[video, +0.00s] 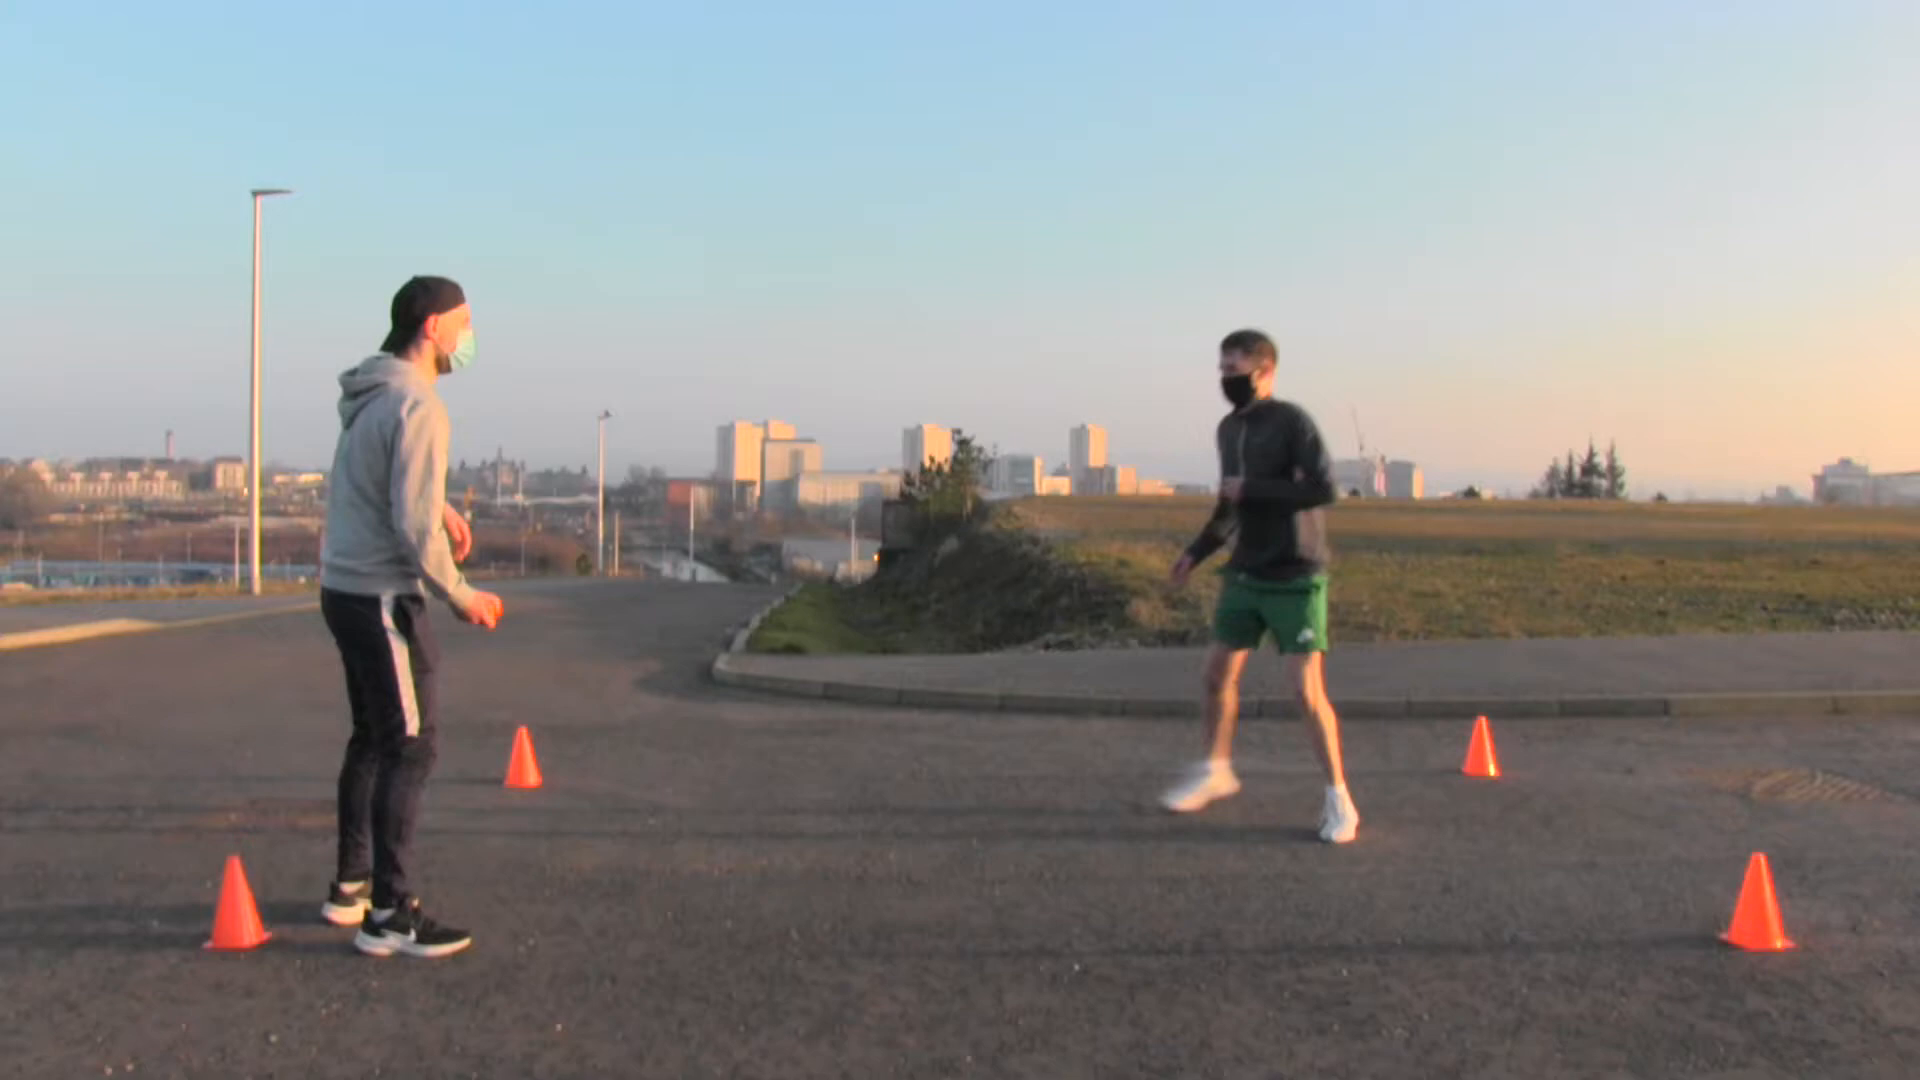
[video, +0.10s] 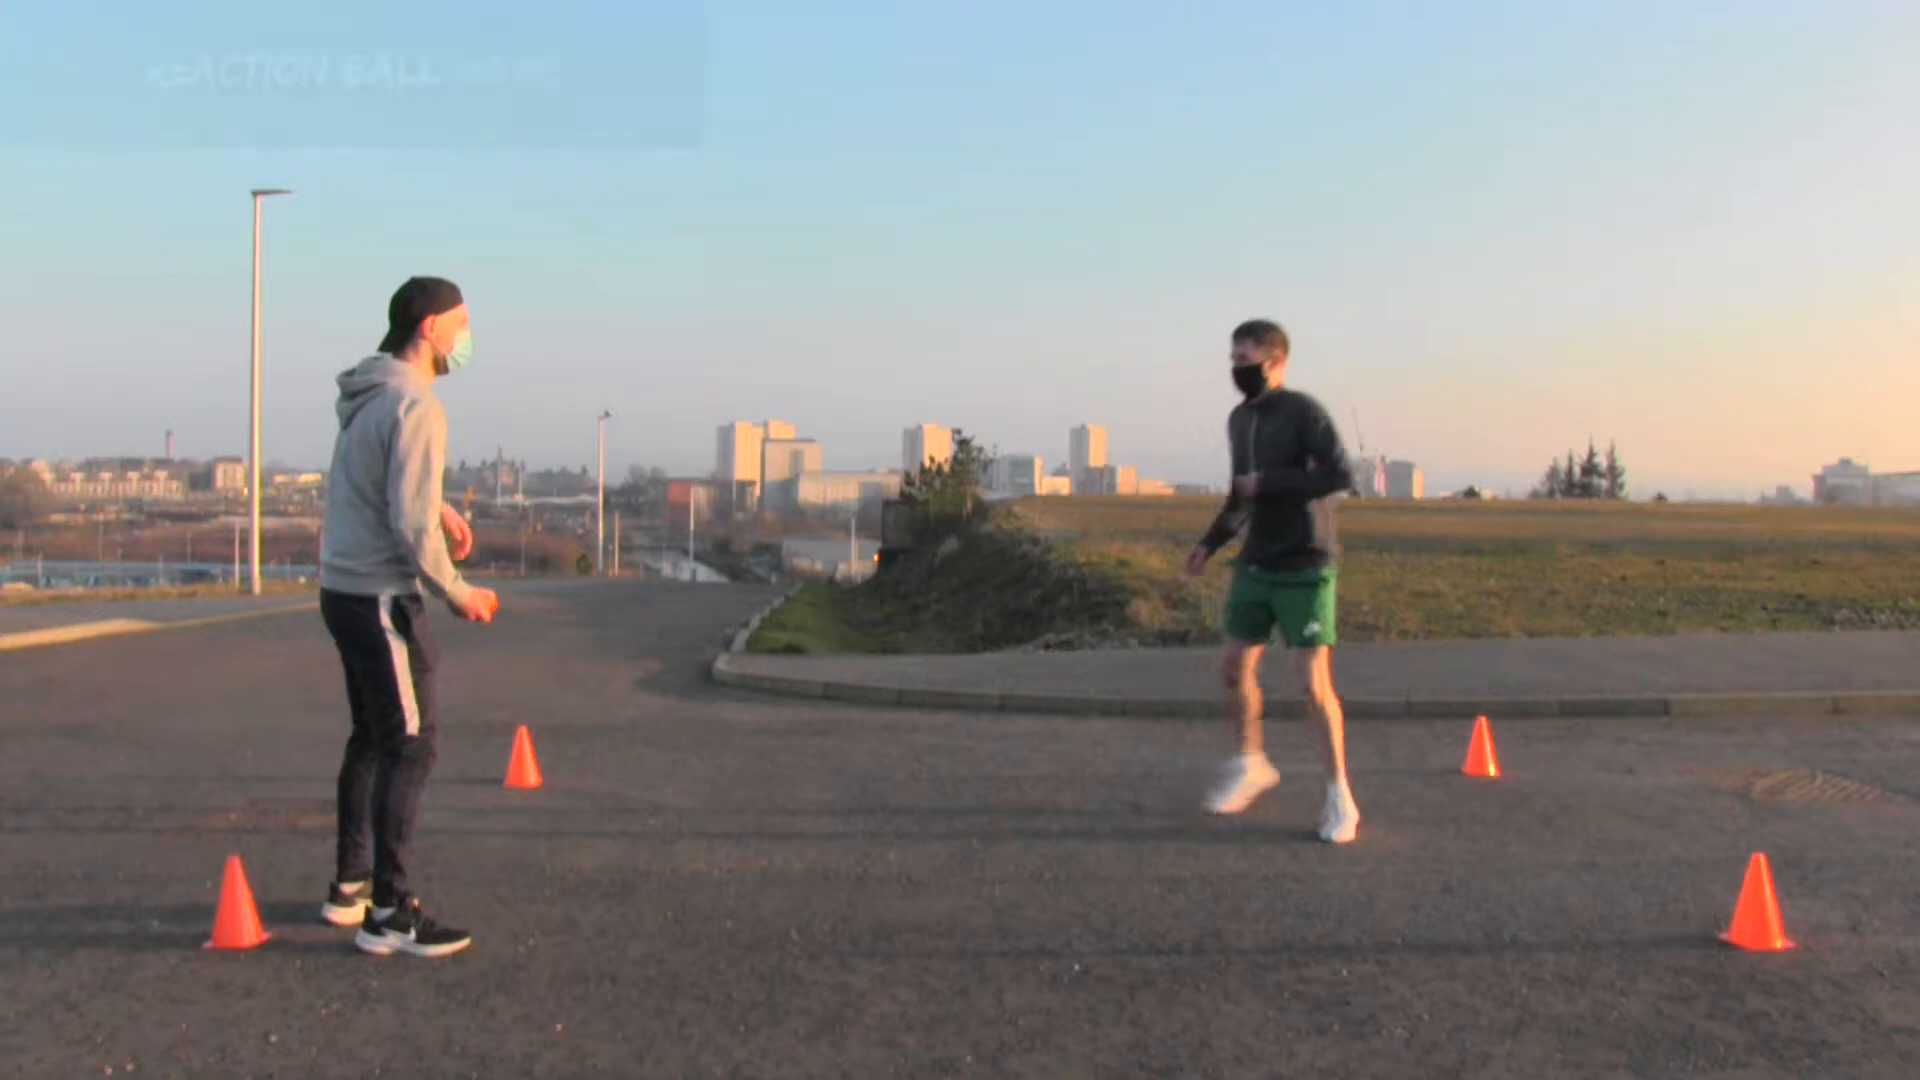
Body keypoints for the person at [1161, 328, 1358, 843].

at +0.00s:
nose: (1225, 378)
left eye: (1234, 369)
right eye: (1222, 370)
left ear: (1265, 370)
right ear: (1224, 371)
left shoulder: (1294, 422)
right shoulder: (1229, 431)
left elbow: (1324, 489)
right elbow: (1231, 506)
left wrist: (1250, 491)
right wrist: (1194, 554)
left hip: (1299, 574)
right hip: (1246, 572)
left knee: (1309, 692)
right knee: (1220, 674)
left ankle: (1338, 796)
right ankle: (1217, 768)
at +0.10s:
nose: (1237, 366)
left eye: (1247, 358)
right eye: (1234, 358)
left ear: (1277, 360)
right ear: (1236, 361)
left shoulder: (1304, 411)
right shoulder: (1240, 421)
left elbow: (1340, 474)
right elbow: (1241, 495)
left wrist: (1266, 484)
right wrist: (1208, 545)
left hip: (1307, 564)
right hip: (1256, 563)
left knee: (1315, 684)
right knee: (1237, 668)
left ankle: (1339, 792)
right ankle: (1251, 763)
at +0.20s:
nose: (1260, 359)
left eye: (1270, 350)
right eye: (1256, 350)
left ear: (1299, 348)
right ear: (1255, 350)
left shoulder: (1325, 398)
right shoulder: (1259, 407)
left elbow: (1369, 456)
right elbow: (1263, 479)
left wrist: (1297, 475)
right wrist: (1235, 531)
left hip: (1325, 555)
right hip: (1276, 554)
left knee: (1328, 671)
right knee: (1278, 667)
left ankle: (1348, 789)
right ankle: (1321, 754)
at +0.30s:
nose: (1290, 358)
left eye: (1300, 351)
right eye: (1287, 350)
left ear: (1330, 353)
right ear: (1285, 352)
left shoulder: (1356, 403)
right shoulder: (1285, 410)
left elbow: (1403, 460)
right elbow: (1285, 479)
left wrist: (1337, 481)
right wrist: (1270, 534)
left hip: (1348, 558)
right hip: (1303, 559)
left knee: (1346, 675)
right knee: (1335, 674)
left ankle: (1352, 793)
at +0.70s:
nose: (1352, 370)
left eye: (1364, 363)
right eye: (1350, 362)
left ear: (1395, 370)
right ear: (1351, 368)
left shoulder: (1420, 420)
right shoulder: (1353, 437)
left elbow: (1469, 483)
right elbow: (1356, 516)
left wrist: (1398, 505)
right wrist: (1341, 580)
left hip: (1434, 568)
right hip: (1394, 572)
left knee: (1389, 679)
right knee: (1429, 685)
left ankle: (1426, 798)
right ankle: (1459, 796)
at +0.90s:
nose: (1368, 360)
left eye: (1381, 354)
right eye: (1368, 352)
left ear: (1411, 368)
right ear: (1370, 362)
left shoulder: (1428, 420)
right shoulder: (1368, 429)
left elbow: (1479, 483)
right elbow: (1383, 508)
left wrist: (1409, 514)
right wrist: (1366, 574)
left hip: (1449, 578)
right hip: (1405, 583)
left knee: (1451, 698)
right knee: (1425, 697)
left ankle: (1527, 787)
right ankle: (1458, 799)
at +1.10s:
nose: (1352, 399)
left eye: (1365, 393)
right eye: (1353, 390)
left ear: (1396, 406)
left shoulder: (1420, 460)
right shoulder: (1369, 464)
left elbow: (1452, 535)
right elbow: (1398, 547)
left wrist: (1377, 563)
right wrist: (1366, 605)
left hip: (1462, 608)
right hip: (1406, 603)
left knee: (1481, 726)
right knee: (1349, 690)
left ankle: (1545, 810)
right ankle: (1407, 787)